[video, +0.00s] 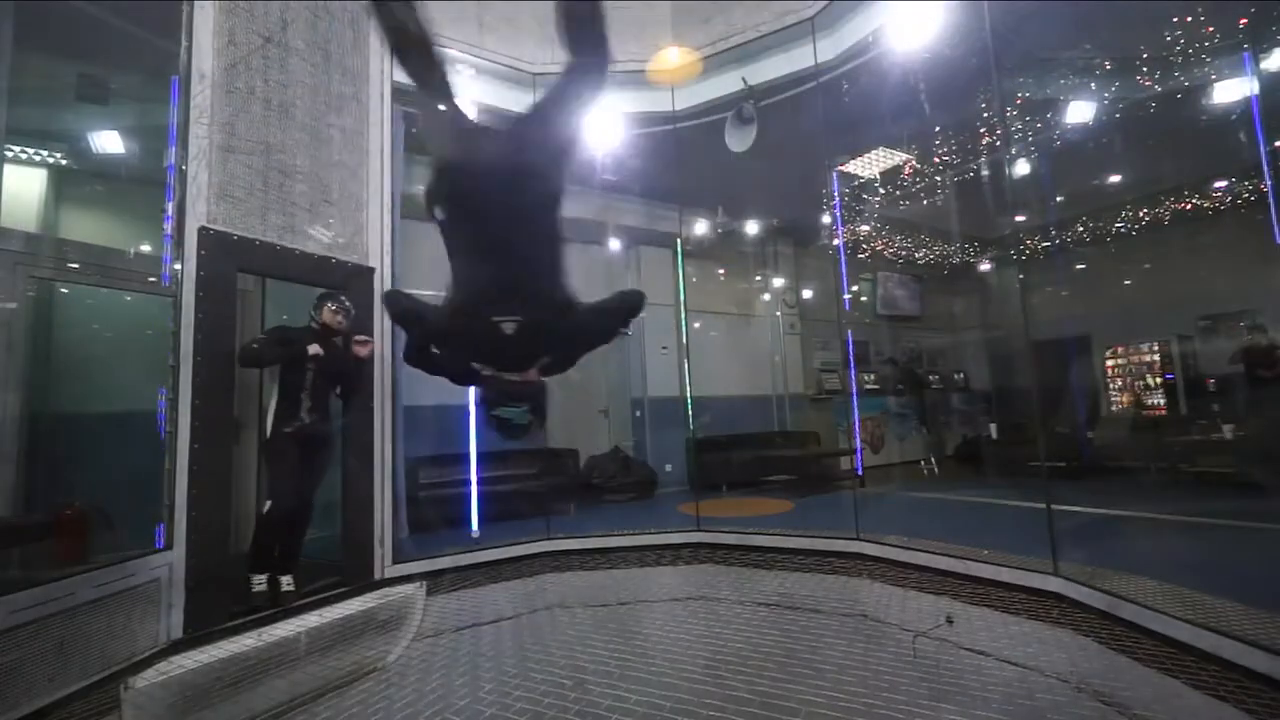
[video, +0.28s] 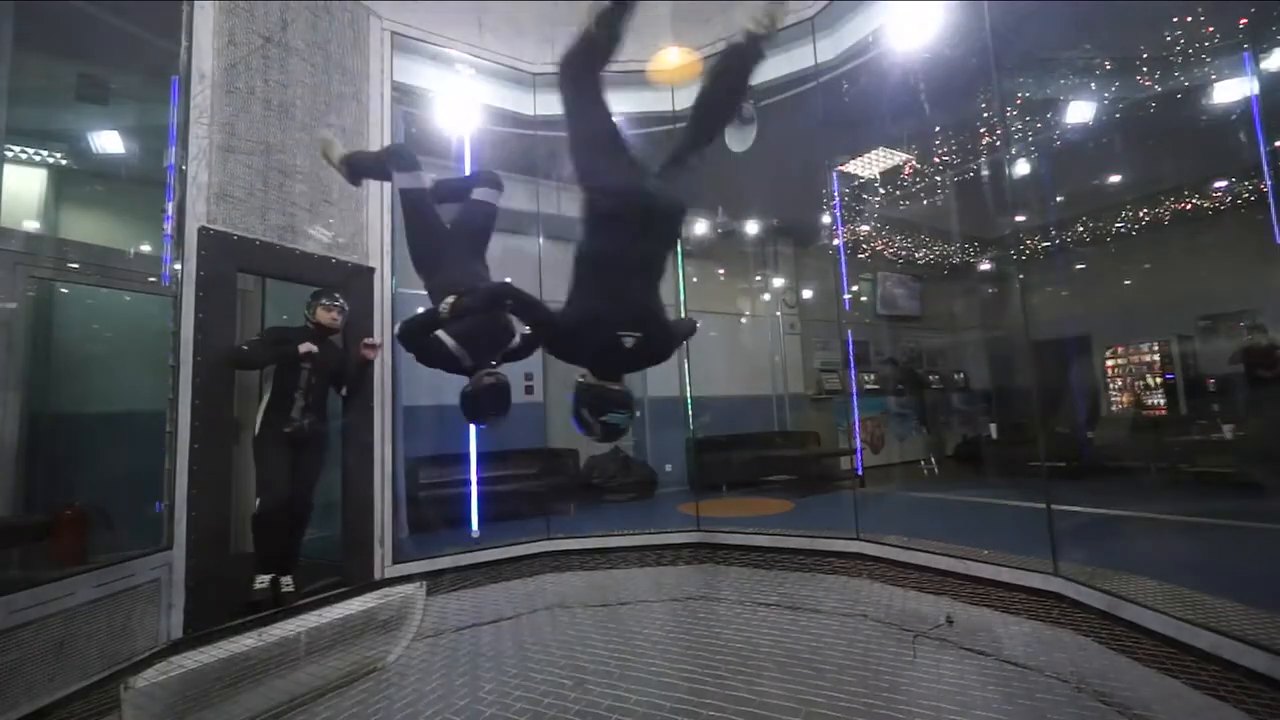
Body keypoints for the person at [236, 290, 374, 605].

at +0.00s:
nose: (338, 316)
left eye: (344, 313)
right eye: (333, 310)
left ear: (348, 321)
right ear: (317, 311)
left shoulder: (342, 348)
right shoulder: (289, 336)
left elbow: (350, 395)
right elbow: (247, 355)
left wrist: (360, 361)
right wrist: (298, 350)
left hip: (318, 437)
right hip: (282, 435)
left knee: (303, 504)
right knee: (281, 502)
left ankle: (286, 572)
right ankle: (258, 571)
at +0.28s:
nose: (335, 315)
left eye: (340, 311)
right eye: (328, 308)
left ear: (343, 318)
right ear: (311, 311)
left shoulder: (337, 352)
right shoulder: (283, 336)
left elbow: (348, 392)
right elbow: (241, 355)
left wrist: (362, 361)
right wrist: (291, 351)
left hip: (311, 439)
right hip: (275, 435)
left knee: (300, 503)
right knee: (273, 501)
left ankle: (286, 573)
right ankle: (265, 571)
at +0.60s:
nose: (319, 312)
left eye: (324, 308)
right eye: (312, 306)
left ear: (329, 314)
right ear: (296, 308)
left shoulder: (325, 351)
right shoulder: (268, 335)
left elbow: (348, 386)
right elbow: (229, 352)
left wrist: (354, 355)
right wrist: (278, 351)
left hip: (303, 436)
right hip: (265, 431)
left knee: (294, 502)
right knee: (240, 478)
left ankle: (283, 571)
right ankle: (252, 552)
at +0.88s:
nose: (315, 311)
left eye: (318, 307)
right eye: (306, 306)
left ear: (322, 313)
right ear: (289, 311)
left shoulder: (320, 351)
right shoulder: (264, 339)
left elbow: (353, 371)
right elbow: (230, 365)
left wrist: (356, 353)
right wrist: (273, 357)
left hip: (300, 437)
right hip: (263, 431)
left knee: (301, 508)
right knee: (230, 458)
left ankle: (282, 573)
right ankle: (227, 534)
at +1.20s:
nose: (305, 312)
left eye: (310, 309)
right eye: (297, 306)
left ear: (314, 321)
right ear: (280, 313)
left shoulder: (312, 352)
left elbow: (329, 356)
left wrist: (341, 356)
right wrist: (218, 349)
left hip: (282, 440)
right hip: (243, 431)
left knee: (288, 516)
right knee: (204, 426)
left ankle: (279, 575)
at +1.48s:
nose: (284, 309)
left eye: (292, 309)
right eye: (278, 303)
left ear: (297, 326)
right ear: (259, 310)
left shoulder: (294, 354)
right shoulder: (225, 336)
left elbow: (356, 364)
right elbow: (179, 361)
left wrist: (320, 344)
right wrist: (162, 378)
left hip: (218, 439)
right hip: (177, 419)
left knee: (218, 420)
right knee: (147, 353)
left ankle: (189, 505)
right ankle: (63, 415)